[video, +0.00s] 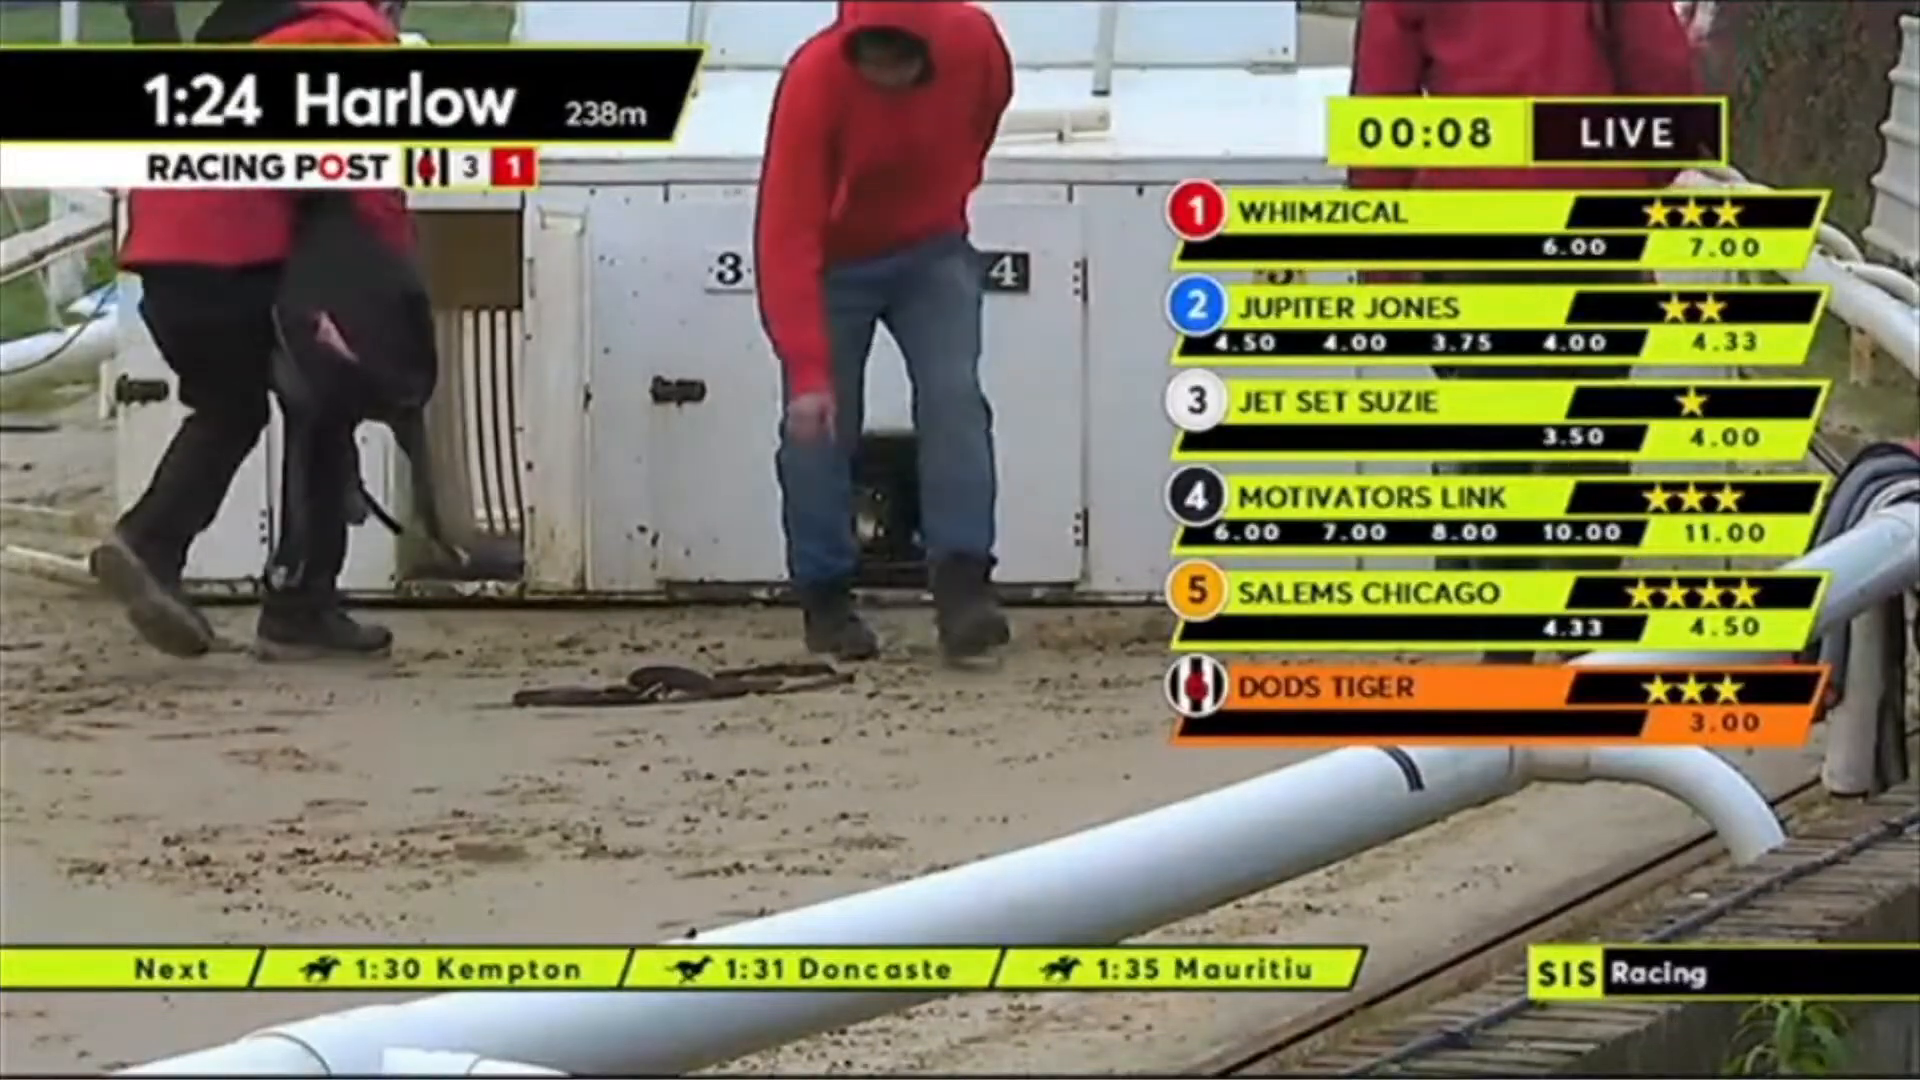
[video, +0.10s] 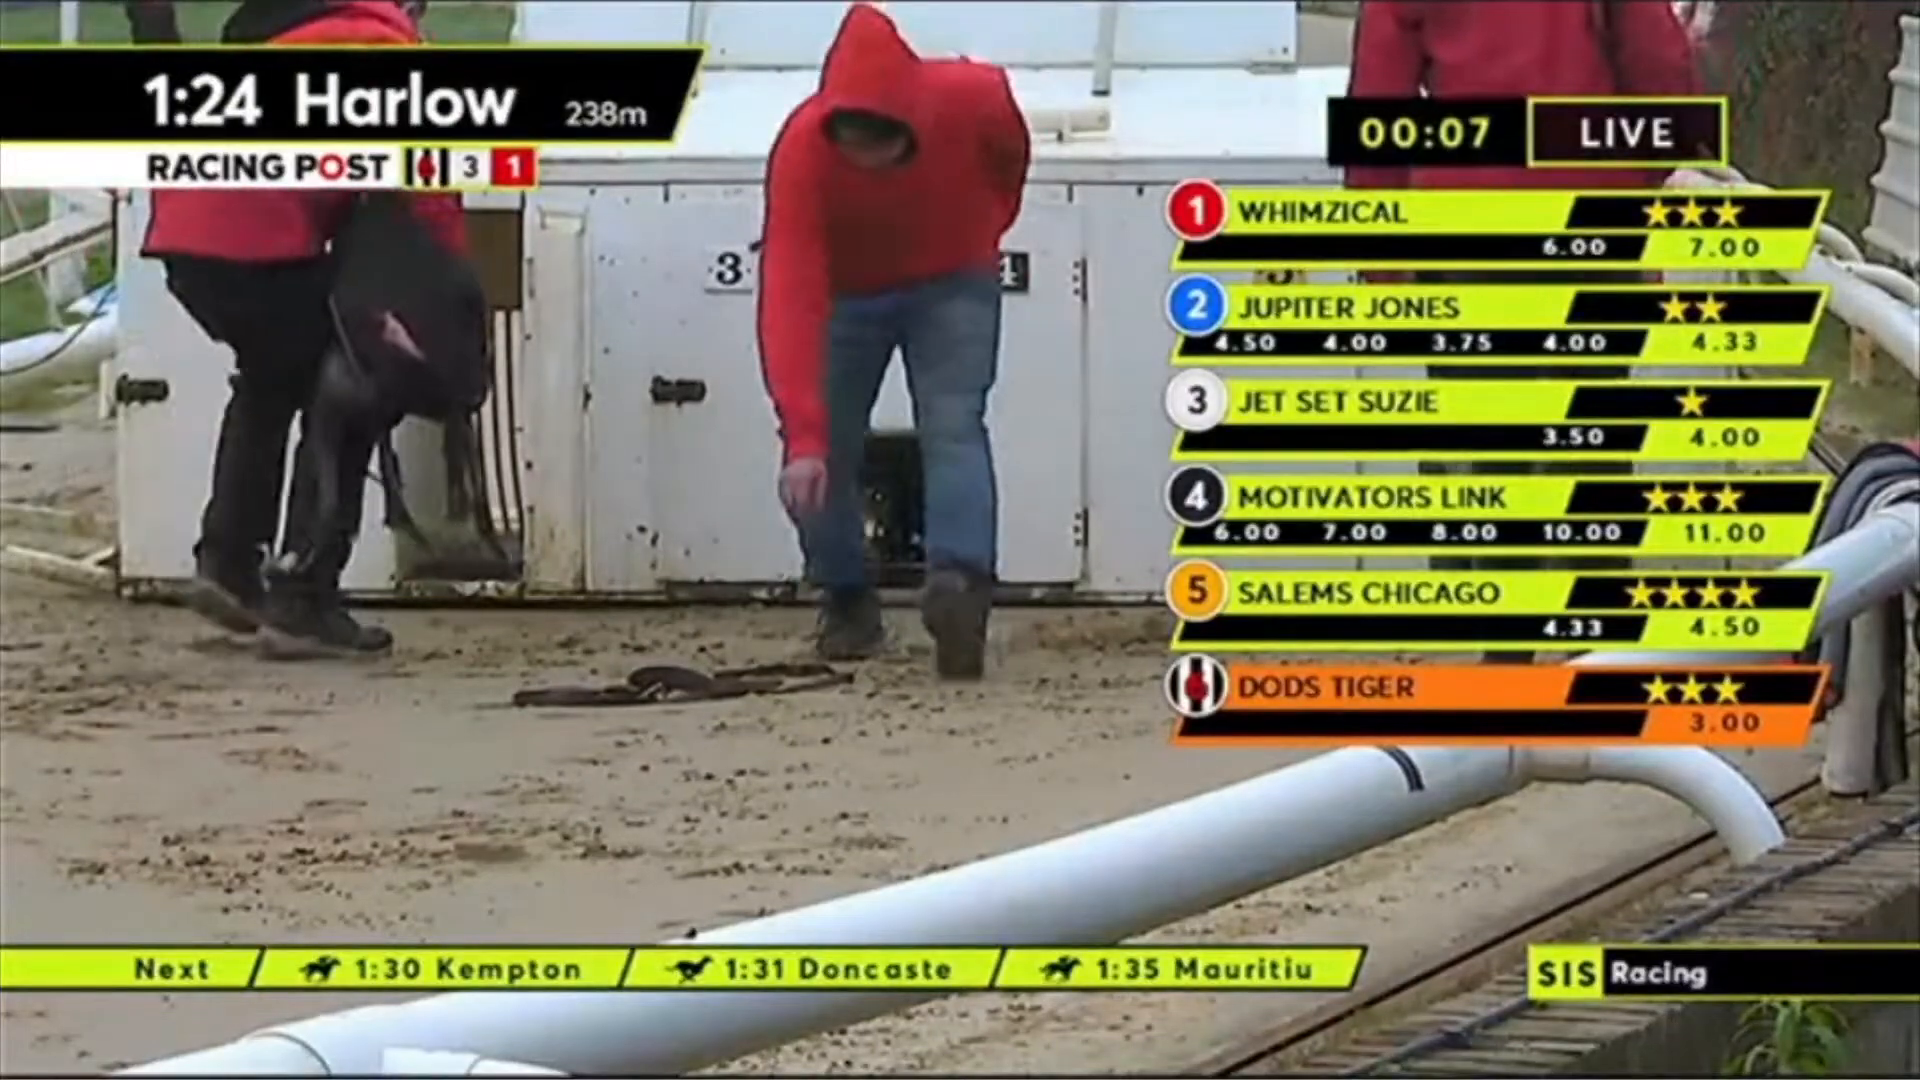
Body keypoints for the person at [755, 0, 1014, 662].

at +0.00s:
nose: (886, 66)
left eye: (901, 52)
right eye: (871, 50)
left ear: (928, 38)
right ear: (851, 36)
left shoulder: (974, 41)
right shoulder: (815, 77)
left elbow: (980, 131)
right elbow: (787, 234)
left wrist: (938, 211)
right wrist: (806, 372)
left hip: (932, 259)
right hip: (830, 271)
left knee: (952, 395)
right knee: (817, 419)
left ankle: (963, 587)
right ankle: (826, 602)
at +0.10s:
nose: (864, 153)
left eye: (879, 139)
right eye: (850, 138)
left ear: (910, 118)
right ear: (833, 122)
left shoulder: (978, 100)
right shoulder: (803, 152)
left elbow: (1010, 172)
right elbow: (793, 298)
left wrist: (983, 236)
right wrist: (803, 441)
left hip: (951, 286)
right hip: (843, 299)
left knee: (952, 425)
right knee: (823, 449)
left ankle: (959, 600)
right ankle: (846, 609)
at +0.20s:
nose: (850, 228)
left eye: (864, 213)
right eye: (836, 213)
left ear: (897, 189)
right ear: (819, 192)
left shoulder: (977, 159)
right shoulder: (799, 212)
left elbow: (1042, 201)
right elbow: (791, 354)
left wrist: (1034, 278)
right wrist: (792, 502)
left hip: (976, 293)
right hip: (872, 306)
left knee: (955, 429)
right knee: (833, 451)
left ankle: (954, 619)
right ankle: (864, 611)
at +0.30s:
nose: (852, 331)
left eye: (867, 315)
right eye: (839, 315)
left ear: (900, 280)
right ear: (818, 290)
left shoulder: (986, 215)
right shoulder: (804, 297)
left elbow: (1076, 273)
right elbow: (788, 438)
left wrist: (1106, 356)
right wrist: (777, 588)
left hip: (1004, 308)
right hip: (897, 335)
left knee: (980, 422)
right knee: (844, 485)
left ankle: (960, 621)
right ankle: (878, 607)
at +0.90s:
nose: (875, 279)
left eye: (886, 262)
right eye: (858, 266)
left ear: (918, 238)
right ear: (837, 254)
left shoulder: (997, 208)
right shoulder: (821, 262)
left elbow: (1092, 271)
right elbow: (800, 366)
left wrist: (1076, 396)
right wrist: (766, 476)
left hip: (1019, 300)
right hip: (912, 313)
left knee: (994, 443)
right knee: (875, 449)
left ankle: (988, 623)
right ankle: (905, 571)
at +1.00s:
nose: (905, 196)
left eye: (917, 181)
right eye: (890, 188)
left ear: (939, 142)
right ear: (861, 159)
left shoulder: (1003, 151)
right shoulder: (829, 176)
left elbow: (1054, 273)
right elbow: (802, 267)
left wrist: (976, 360)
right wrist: (799, 320)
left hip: (1011, 288)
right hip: (907, 290)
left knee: (1001, 448)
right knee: (881, 443)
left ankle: (985, 619)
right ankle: (907, 564)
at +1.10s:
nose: (916, 100)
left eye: (929, 80)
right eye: (896, 84)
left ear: (953, 74)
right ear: (871, 85)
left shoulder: (1003, 115)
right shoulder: (837, 129)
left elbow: (1027, 254)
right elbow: (787, 249)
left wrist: (914, 321)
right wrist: (819, 262)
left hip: (1012, 259)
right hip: (906, 269)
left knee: (1001, 429)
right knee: (896, 428)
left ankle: (982, 618)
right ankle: (907, 615)